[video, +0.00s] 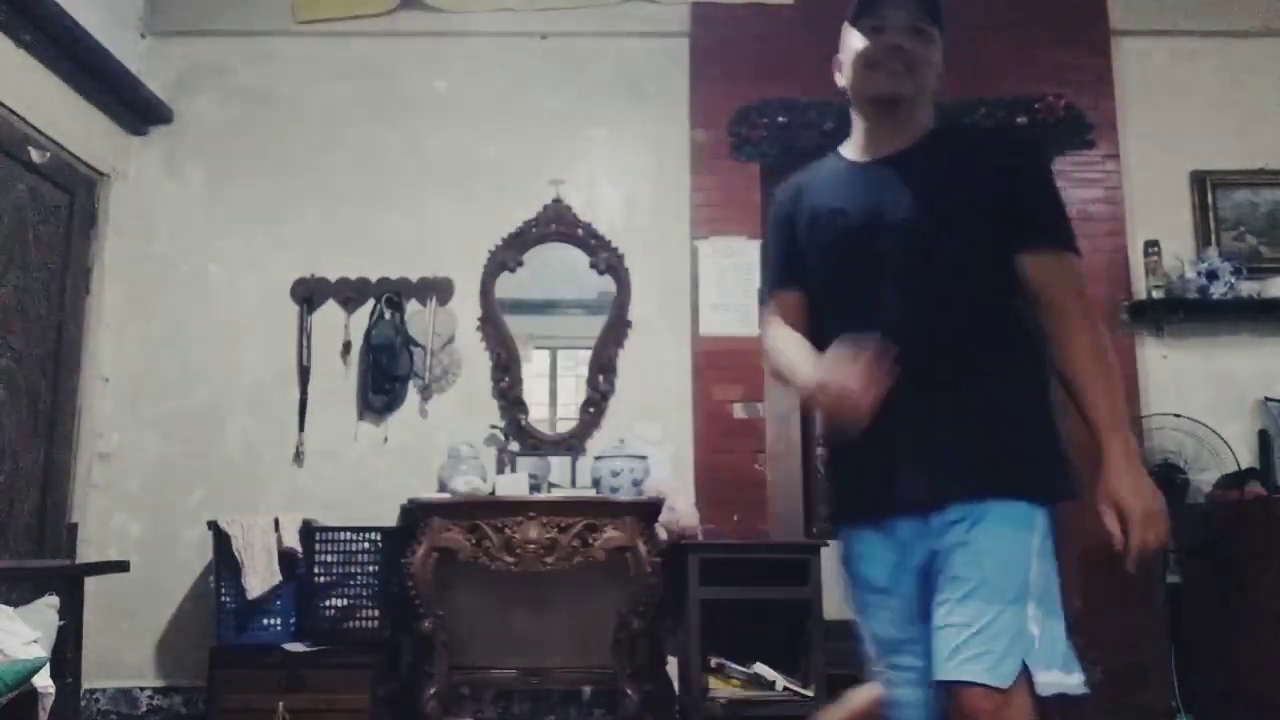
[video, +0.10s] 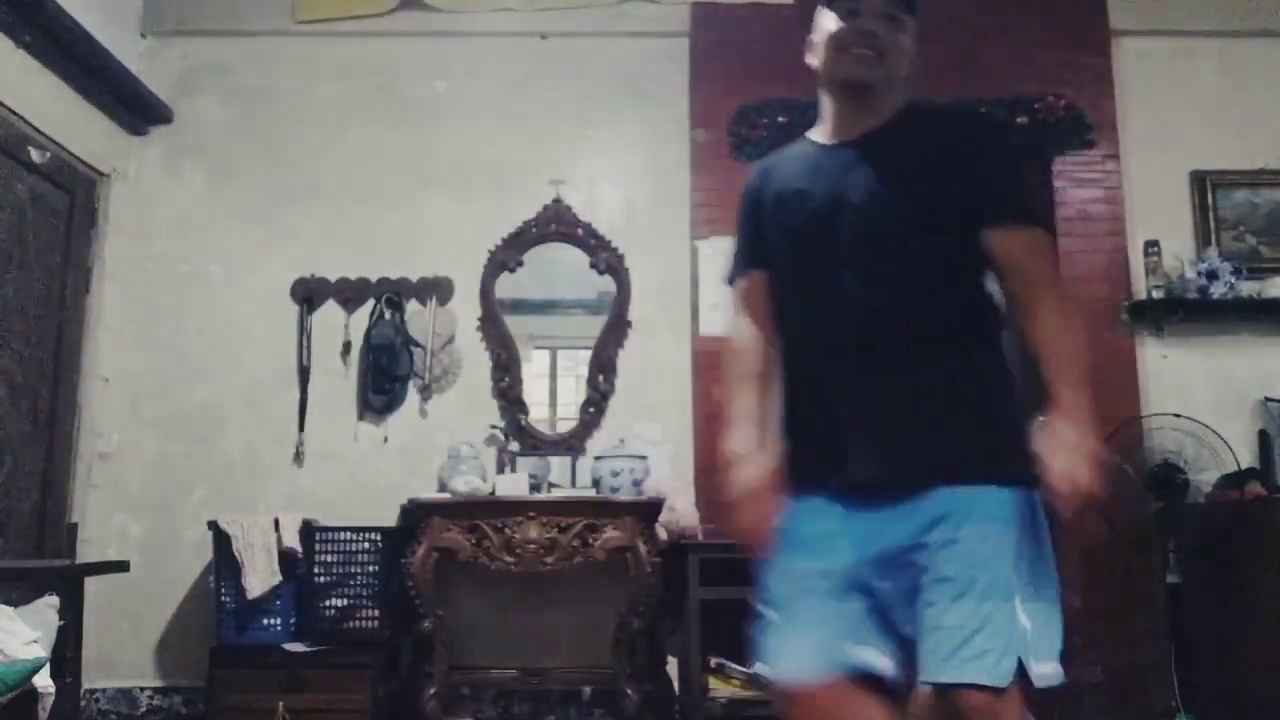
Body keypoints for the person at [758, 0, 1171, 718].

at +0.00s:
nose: (893, 44)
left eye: (917, 33)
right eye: (872, 30)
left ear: (942, 63)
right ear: (838, 64)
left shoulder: (1002, 160)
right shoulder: (802, 193)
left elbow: (1066, 309)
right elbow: (779, 327)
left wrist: (1120, 456)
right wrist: (816, 374)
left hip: (994, 481)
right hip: (872, 494)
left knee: (983, 692)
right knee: (907, 699)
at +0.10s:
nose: (865, 26)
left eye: (888, 17)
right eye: (845, 12)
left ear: (913, 48)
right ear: (809, 42)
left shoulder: (969, 144)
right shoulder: (772, 181)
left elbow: (1037, 287)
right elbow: (752, 327)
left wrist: (1071, 413)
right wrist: (747, 444)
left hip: (969, 479)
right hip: (825, 491)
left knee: (979, 692)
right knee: (809, 685)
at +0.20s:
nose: (824, 20)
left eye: (848, 11)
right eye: (803, 10)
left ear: (876, 45)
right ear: (769, 47)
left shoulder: (928, 135)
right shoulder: (733, 181)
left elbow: (989, 266)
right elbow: (705, 330)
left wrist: (993, 363)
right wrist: (681, 454)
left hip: (923, 475)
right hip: (769, 482)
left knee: (967, 690)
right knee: (711, 666)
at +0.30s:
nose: (784, 53)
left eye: (802, 40)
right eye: (765, 39)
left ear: (827, 54)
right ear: (731, 65)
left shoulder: (888, 159)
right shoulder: (697, 195)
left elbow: (947, 282)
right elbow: (661, 337)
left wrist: (922, 365)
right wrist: (633, 465)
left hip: (874, 498)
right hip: (721, 504)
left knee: (922, 702)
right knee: (659, 695)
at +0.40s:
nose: (734, 80)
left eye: (752, 66)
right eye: (716, 67)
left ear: (780, 88)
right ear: (692, 91)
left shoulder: (833, 209)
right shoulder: (650, 220)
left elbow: (887, 334)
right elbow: (619, 365)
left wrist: (867, 408)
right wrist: (597, 500)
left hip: (825, 539)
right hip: (667, 541)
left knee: (884, 710)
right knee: (620, 709)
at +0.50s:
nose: (684, 81)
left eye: (703, 67)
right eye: (667, 68)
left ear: (734, 90)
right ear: (644, 91)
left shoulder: (777, 202)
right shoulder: (600, 216)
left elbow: (805, 342)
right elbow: (578, 366)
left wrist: (822, 446)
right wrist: (560, 494)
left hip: (757, 506)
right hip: (618, 511)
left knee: (830, 689)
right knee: (585, 701)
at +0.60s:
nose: (648, 81)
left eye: (665, 68)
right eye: (629, 69)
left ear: (688, 87)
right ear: (604, 92)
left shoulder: (740, 196)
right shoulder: (568, 208)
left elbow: (778, 335)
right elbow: (540, 348)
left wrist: (800, 456)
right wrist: (515, 456)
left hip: (725, 486)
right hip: (596, 494)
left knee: (768, 677)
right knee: (581, 691)